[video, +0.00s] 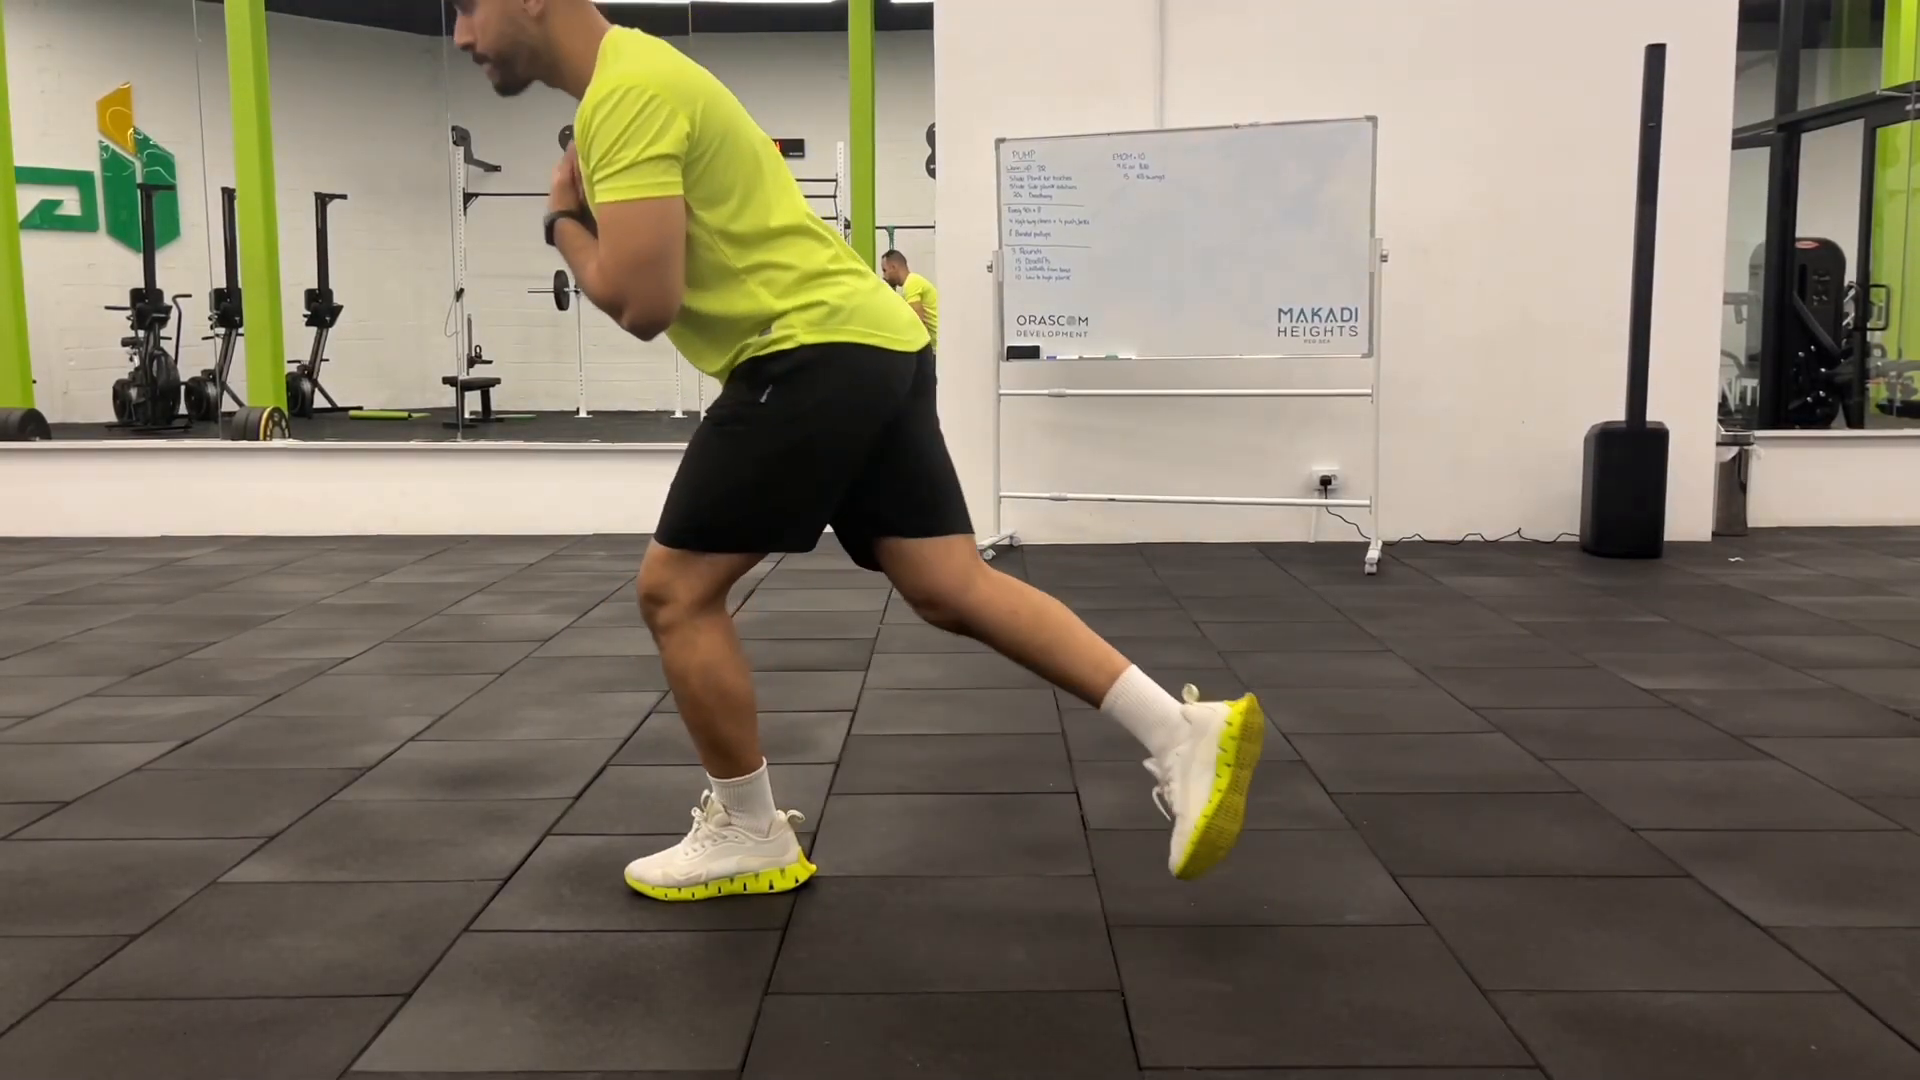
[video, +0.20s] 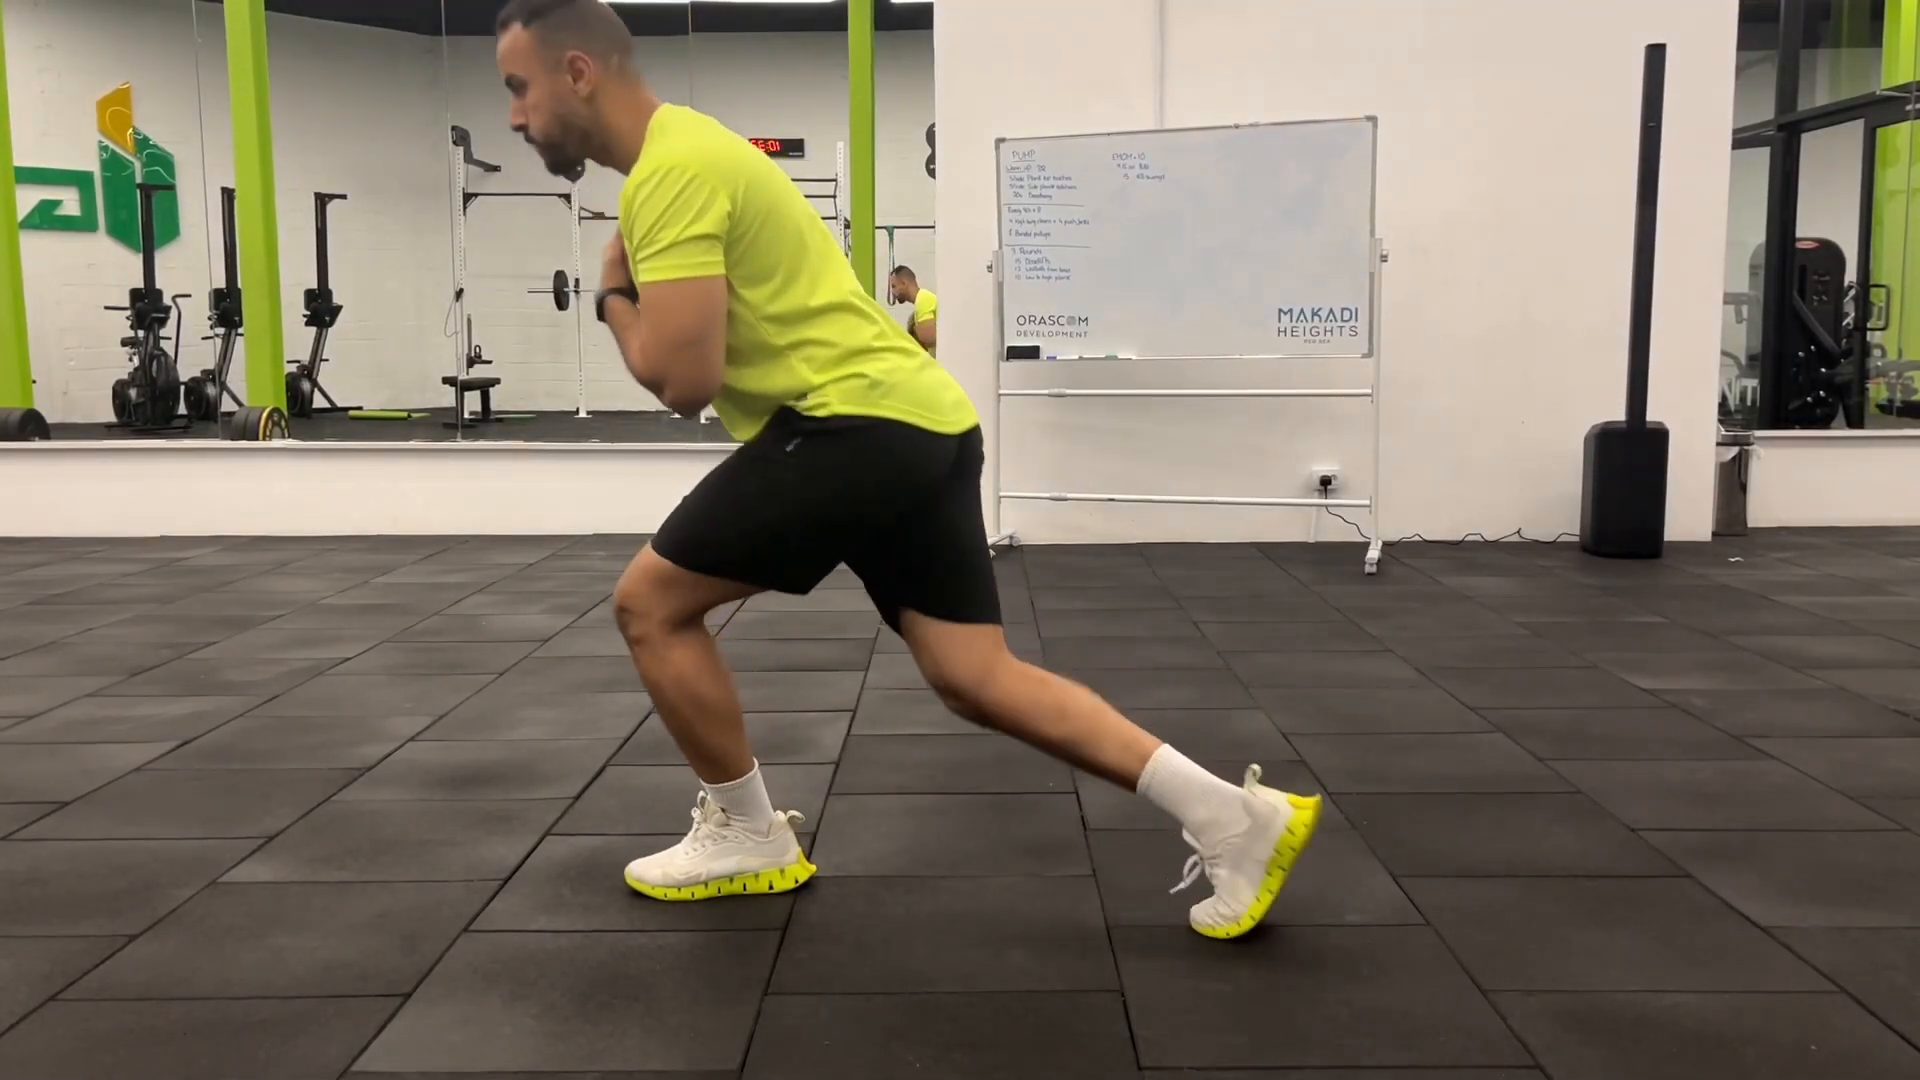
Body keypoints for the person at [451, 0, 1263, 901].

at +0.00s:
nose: (460, 36)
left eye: (467, 9)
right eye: (455, 17)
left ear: (530, 1)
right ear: (543, 8)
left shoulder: (632, 89)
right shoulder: (641, 79)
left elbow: (641, 302)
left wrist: (561, 223)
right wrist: (590, 223)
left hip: (807, 357)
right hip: (877, 342)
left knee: (678, 592)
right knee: (950, 583)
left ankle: (747, 830)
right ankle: (1181, 730)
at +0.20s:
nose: (512, 116)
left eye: (518, 87)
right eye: (507, 93)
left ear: (580, 72)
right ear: (589, 72)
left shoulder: (679, 169)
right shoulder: (700, 155)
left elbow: (681, 377)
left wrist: (609, 297)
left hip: (853, 426)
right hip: (926, 422)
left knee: (651, 605)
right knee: (975, 673)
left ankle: (745, 831)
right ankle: (1231, 817)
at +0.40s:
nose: (564, 175)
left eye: (572, 148)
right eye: (560, 151)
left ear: (634, 134)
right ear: (645, 135)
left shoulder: (725, 233)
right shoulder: (744, 217)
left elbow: (711, 447)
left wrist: (654, 360)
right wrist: (684, 370)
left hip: (882, 494)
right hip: (949, 497)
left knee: (641, 613)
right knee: (970, 761)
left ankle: (747, 830)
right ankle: (1249, 831)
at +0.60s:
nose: (593, 200)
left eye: (602, 174)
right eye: (590, 176)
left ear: (665, 165)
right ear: (674, 165)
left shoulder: (753, 266)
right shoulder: (771, 248)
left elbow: (731, 479)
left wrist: (676, 384)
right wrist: (700, 391)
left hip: (893, 530)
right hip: (957, 537)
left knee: (639, 617)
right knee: (952, 805)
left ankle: (745, 835)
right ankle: (1226, 823)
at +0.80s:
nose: (619, 210)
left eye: (627, 184)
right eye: (616, 187)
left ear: (689, 178)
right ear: (696, 178)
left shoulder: (773, 286)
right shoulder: (800, 266)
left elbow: (741, 497)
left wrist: (691, 397)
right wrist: (722, 401)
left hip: (899, 551)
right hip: (965, 558)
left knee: (641, 616)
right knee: (949, 825)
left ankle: (745, 836)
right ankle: (1216, 823)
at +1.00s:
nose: (635, 213)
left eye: (644, 186)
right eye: (634, 189)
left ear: (706, 181)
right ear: (709, 181)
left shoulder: (785, 290)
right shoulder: (819, 271)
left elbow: (750, 499)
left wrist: (704, 400)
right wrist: (732, 404)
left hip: (906, 560)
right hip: (974, 567)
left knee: (646, 614)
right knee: (948, 831)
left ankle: (745, 835)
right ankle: (1215, 820)